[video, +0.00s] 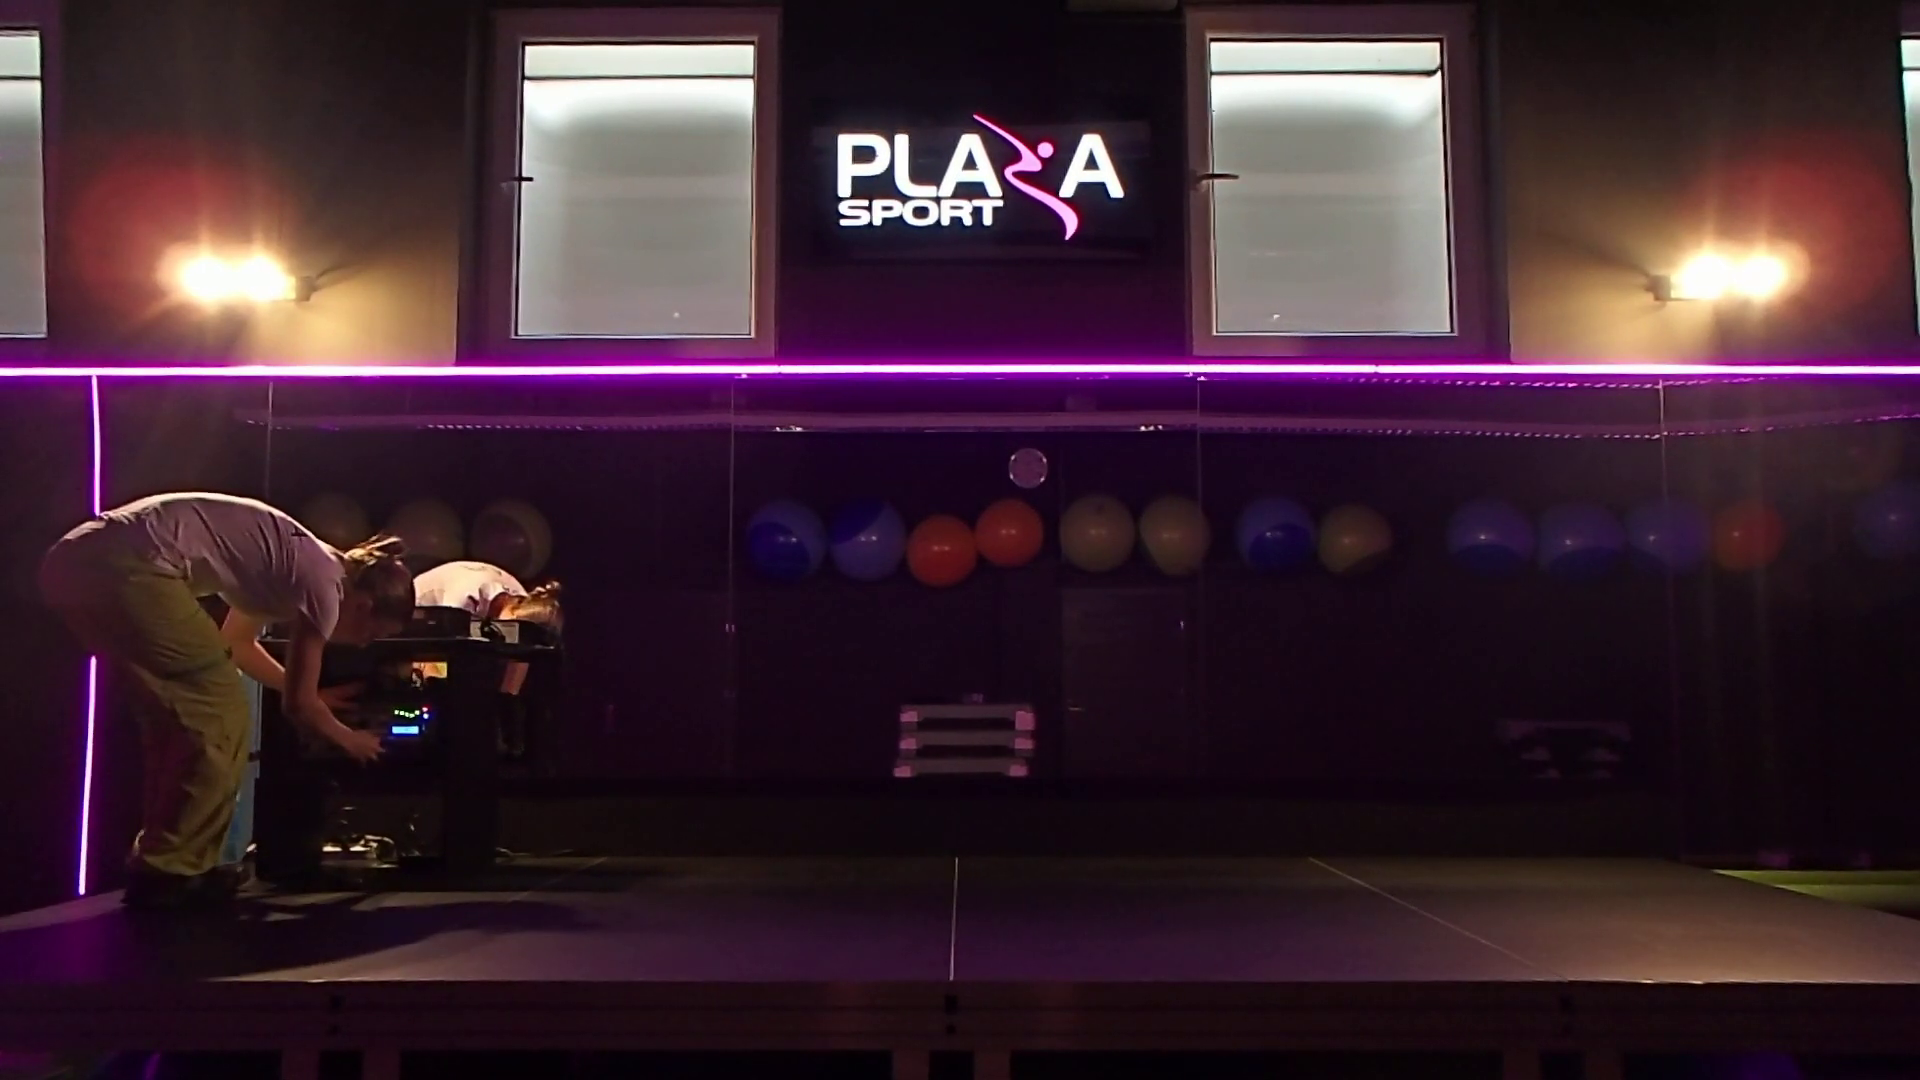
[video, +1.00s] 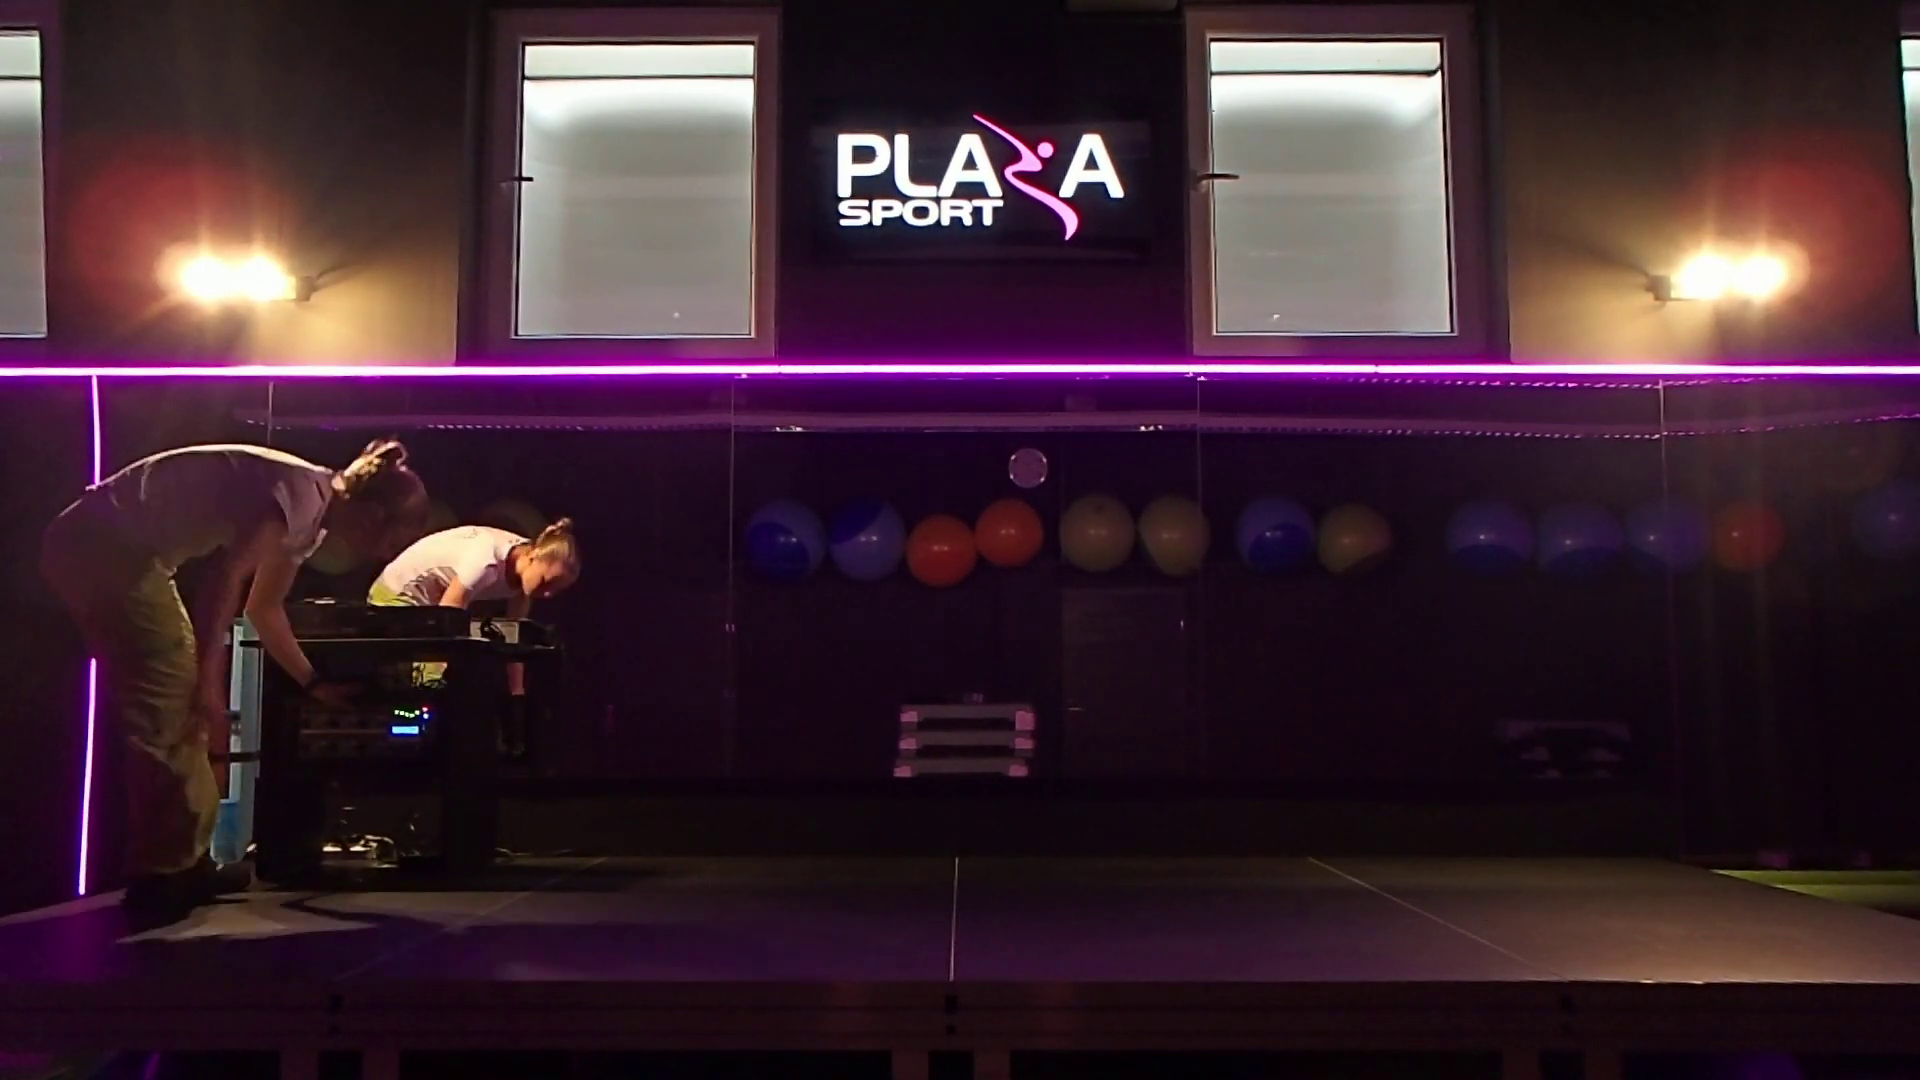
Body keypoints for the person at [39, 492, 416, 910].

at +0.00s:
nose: (360, 641)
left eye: (371, 637)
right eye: (370, 631)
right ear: (361, 602)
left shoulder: (284, 568)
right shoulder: (323, 582)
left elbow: (236, 641)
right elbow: (300, 703)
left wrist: (300, 690)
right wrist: (347, 738)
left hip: (84, 562)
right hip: (128, 565)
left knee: (174, 709)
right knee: (222, 705)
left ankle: (159, 859)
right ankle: (176, 869)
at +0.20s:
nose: (357, 640)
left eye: (369, 637)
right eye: (367, 631)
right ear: (357, 599)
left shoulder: (280, 565)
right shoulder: (320, 579)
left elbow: (236, 641)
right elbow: (296, 701)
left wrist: (300, 691)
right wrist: (343, 737)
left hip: (80, 560)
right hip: (126, 563)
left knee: (164, 711)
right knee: (218, 702)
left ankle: (163, 860)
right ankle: (174, 868)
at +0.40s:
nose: (358, 634)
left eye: (370, 630)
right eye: (368, 624)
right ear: (356, 594)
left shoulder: (279, 562)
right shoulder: (317, 574)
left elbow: (236, 639)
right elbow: (294, 698)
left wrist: (299, 689)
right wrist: (342, 735)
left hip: (80, 559)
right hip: (122, 561)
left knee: (161, 709)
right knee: (215, 701)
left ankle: (163, 862)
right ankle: (172, 868)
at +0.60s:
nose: (357, 627)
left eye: (369, 623)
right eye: (367, 618)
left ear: (355, 578)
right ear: (356, 585)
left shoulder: (276, 553)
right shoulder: (314, 563)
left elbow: (237, 636)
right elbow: (297, 689)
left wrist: (301, 687)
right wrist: (349, 732)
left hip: (77, 559)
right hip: (120, 562)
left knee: (160, 709)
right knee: (211, 703)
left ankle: (160, 861)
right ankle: (174, 869)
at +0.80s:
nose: (371, 595)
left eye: (382, 586)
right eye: (379, 579)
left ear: (357, 537)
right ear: (365, 551)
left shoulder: (290, 523)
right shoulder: (311, 535)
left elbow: (245, 628)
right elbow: (269, 644)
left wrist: (294, 679)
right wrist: (305, 745)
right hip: (121, 562)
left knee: (185, 720)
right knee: (202, 722)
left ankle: (175, 868)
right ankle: (167, 874)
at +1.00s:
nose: (388, 553)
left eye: (396, 544)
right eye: (394, 540)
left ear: (369, 508)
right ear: (377, 515)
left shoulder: (305, 522)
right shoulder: (299, 496)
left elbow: (265, 607)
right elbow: (225, 577)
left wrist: (311, 681)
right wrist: (206, 680)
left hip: (134, 552)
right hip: (106, 547)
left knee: (181, 697)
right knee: (162, 698)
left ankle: (189, 863)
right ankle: (161, 874)